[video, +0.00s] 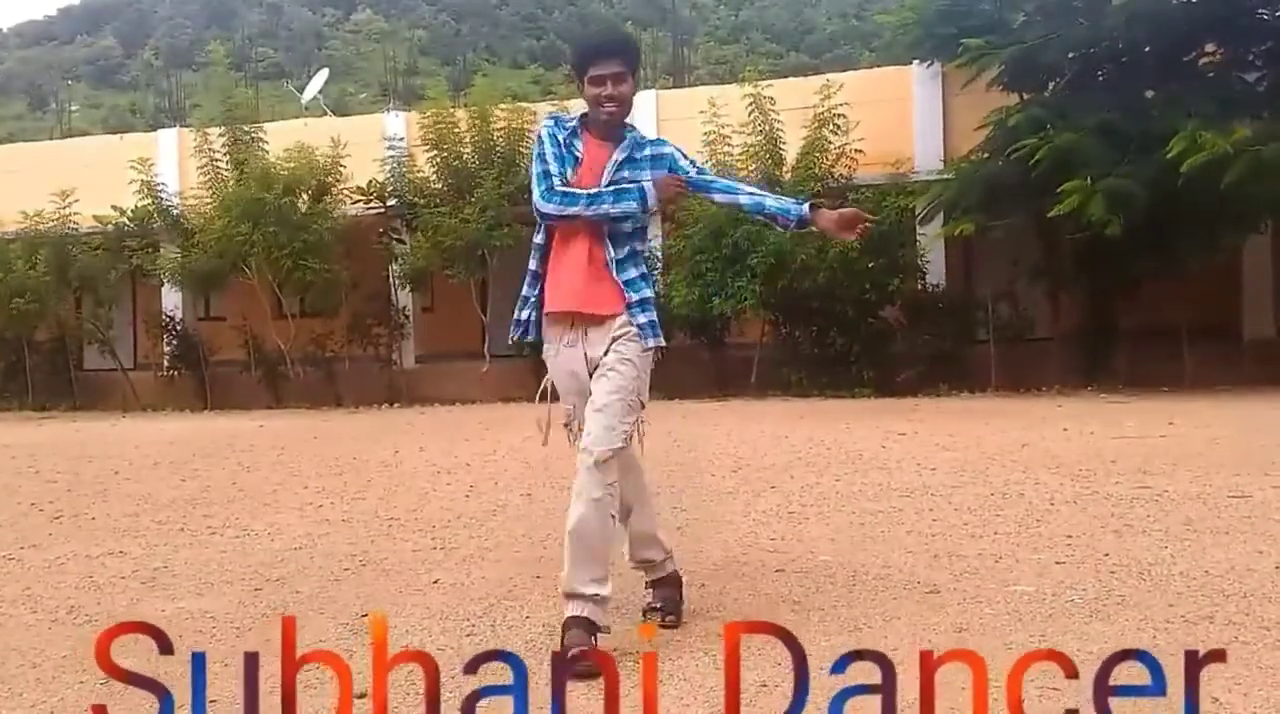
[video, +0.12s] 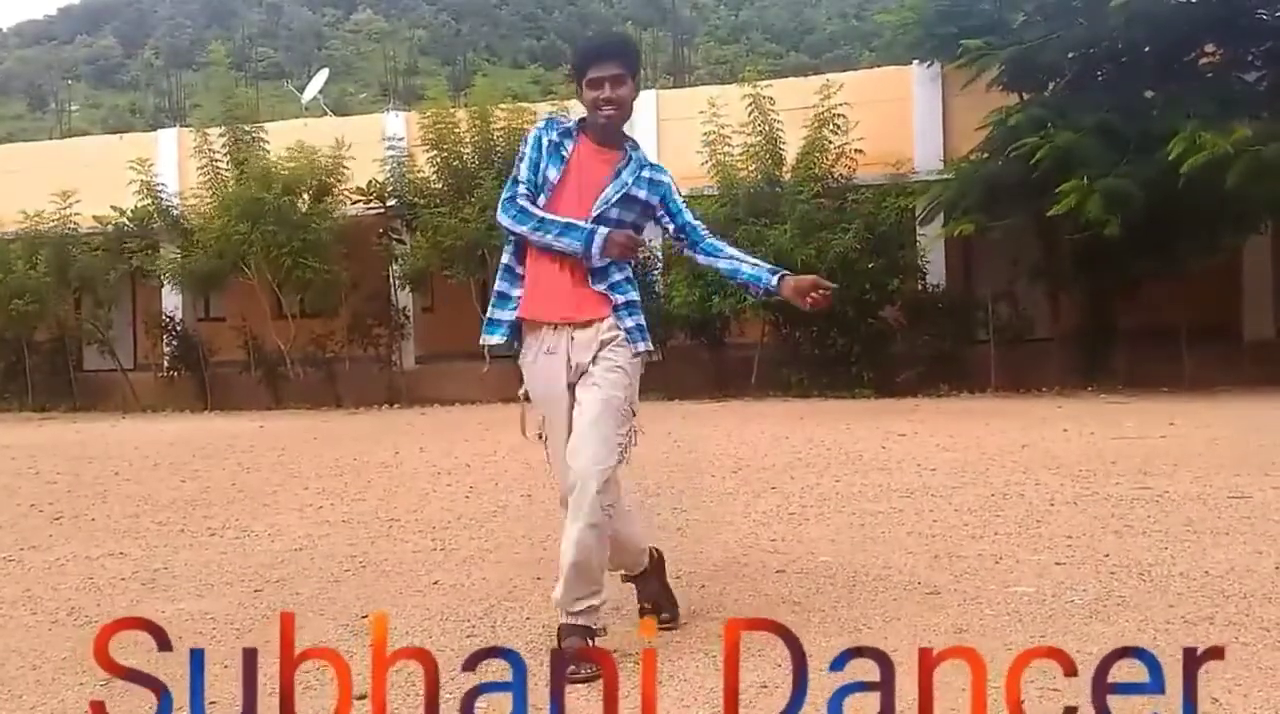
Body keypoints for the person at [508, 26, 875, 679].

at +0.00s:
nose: (610, 92)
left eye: (620, 81)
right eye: (598, 83)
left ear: (636, 85)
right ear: (579, 88)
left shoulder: (653, 152)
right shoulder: (554, 136)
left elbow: (725, 189)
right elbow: (549, 203)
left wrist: (811, 215)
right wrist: (640, 197)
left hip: (626, 323)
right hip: (561, 326)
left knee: (598, 451)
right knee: (607, 454)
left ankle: (581, 613)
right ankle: (660, 570)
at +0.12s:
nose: (608, 96)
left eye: (619, 85)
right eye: (596, 86)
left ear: (635, 90)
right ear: (579, 91)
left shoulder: (646, 176)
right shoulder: (550, 135)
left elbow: (700, 243)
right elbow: (513, 211)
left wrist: (778, 282)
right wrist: (594, 242)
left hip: (613, 333)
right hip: (542, 333)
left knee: (591, 468)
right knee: (577, 474)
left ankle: (575, 628)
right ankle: (642, 565)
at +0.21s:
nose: (605, 95)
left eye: (616, 83)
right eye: (593, 85)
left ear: (634, 92)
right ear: (576, 94)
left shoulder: (646, 183)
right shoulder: (540, 149)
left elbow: (668, 258)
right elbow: (499, 225)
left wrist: (694, 313)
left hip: (610, 339)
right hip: (534, 341)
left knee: (597, 482)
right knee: (534, 487)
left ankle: (577, 624)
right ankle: (601, 548)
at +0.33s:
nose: (588, 81)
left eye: (598, 68)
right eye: (575, 71)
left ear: (619, 75)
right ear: (560, 82)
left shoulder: (642, 161)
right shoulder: (529, 146)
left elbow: (632, 255)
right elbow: (478, 230)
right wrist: (412, 305)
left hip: (606, 327)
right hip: (529, 326)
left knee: (599, 478)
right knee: (519, 435)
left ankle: (578, 627)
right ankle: (541, 525)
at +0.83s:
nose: (504, 86)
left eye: (518, 70)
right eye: (492, 73)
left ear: (545, 64)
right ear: (480, 76)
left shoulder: (584, 118)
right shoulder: (498, 160)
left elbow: (580, 224)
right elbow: (485, 252)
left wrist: (503, 236)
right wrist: (422, 319)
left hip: (604, 333)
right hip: (528, 336)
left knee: (606, 486)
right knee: (504, 475)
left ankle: (597, 590)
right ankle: (544, 635)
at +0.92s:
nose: (497, 90)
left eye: (510, 75)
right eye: (485, 78)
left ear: (540, 71)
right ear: (476, 81)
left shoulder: (578, 124)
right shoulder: (499, 164)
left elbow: (589, 238)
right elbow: (505, 273)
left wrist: (522, 332)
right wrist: (443, 343)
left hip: (620, 335)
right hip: (541, 343)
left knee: (646, 468)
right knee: (507, 479)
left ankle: (652, 579)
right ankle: (543, 643)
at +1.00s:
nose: (497, 81)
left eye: (510, 67)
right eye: (485, 69)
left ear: (538, 69)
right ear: (474, 75)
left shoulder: (572, 126)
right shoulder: (495, 157)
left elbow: (588, 233)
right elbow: (517, 242)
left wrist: (611, 341)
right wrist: (517, 294)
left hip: (632, 317)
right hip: (552, 328)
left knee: (678, 458)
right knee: (526, 472)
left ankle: (711, 582)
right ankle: (545, 637)